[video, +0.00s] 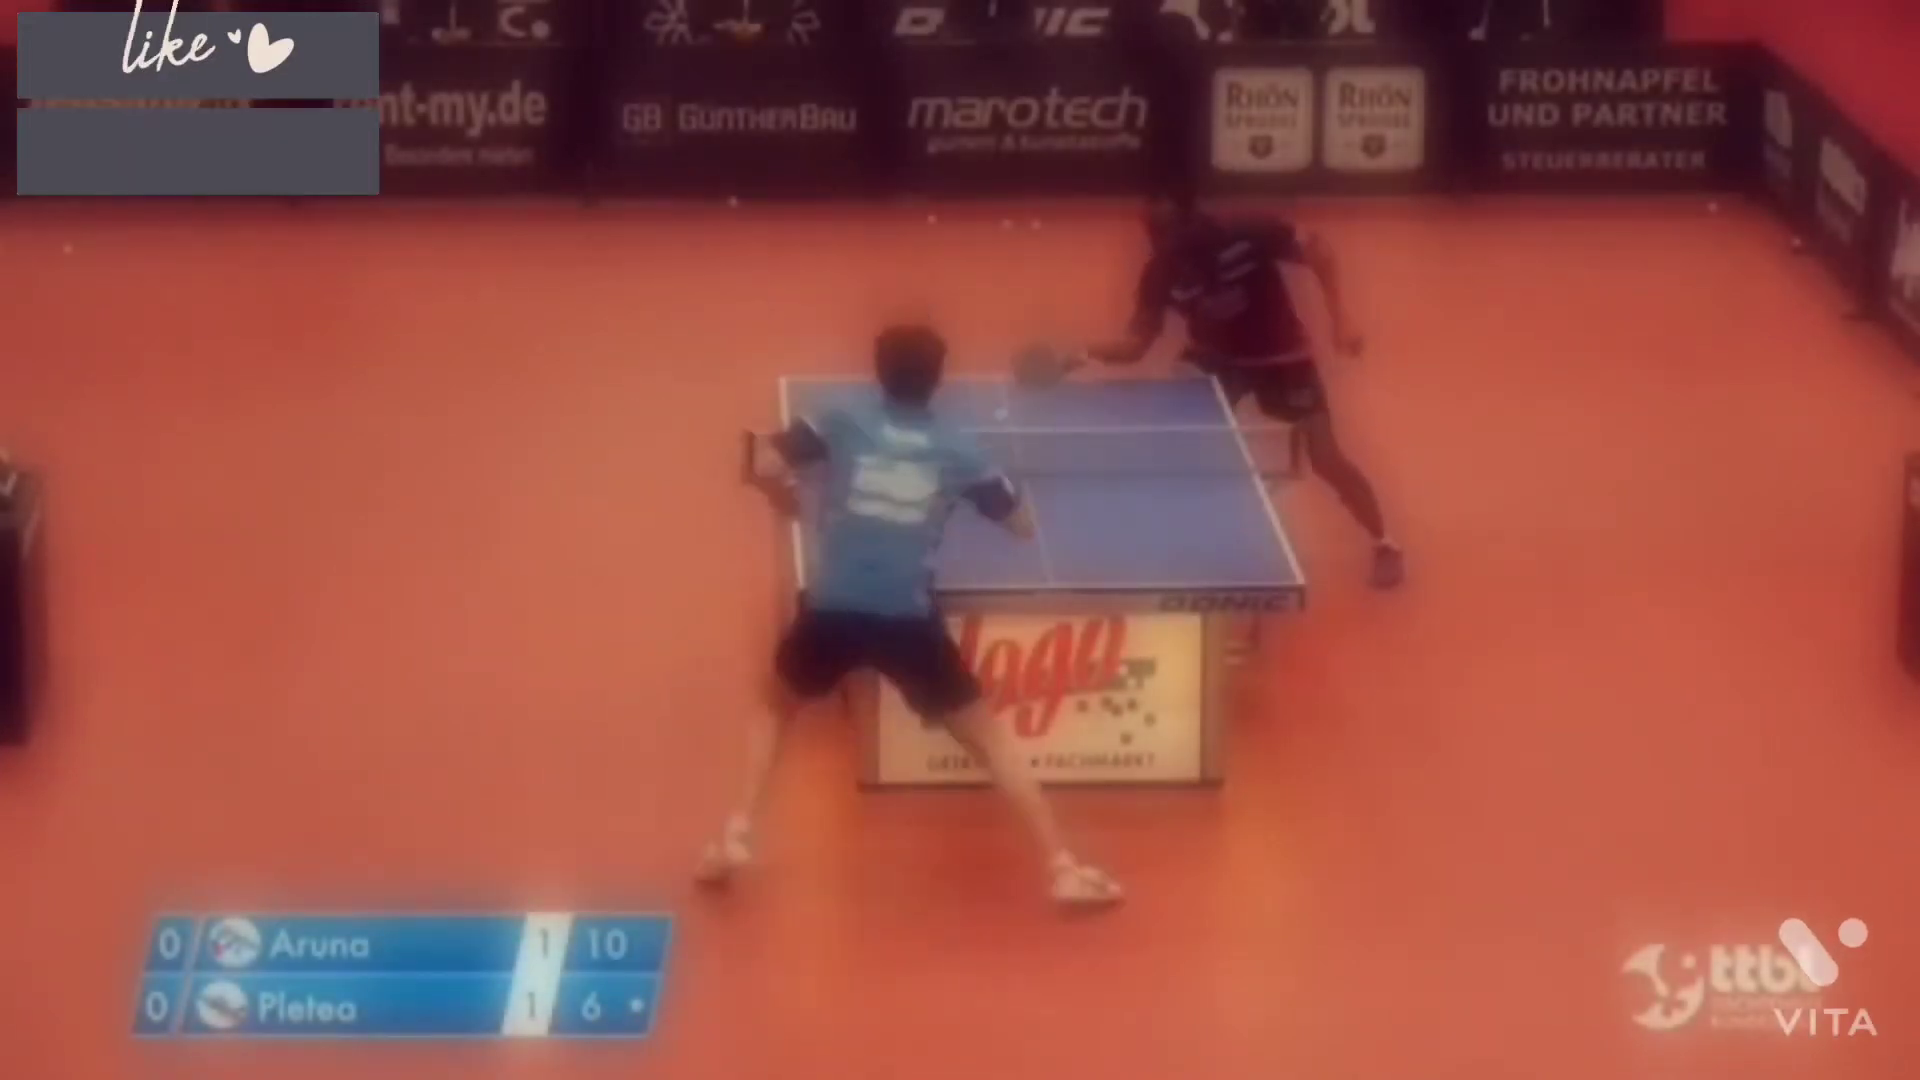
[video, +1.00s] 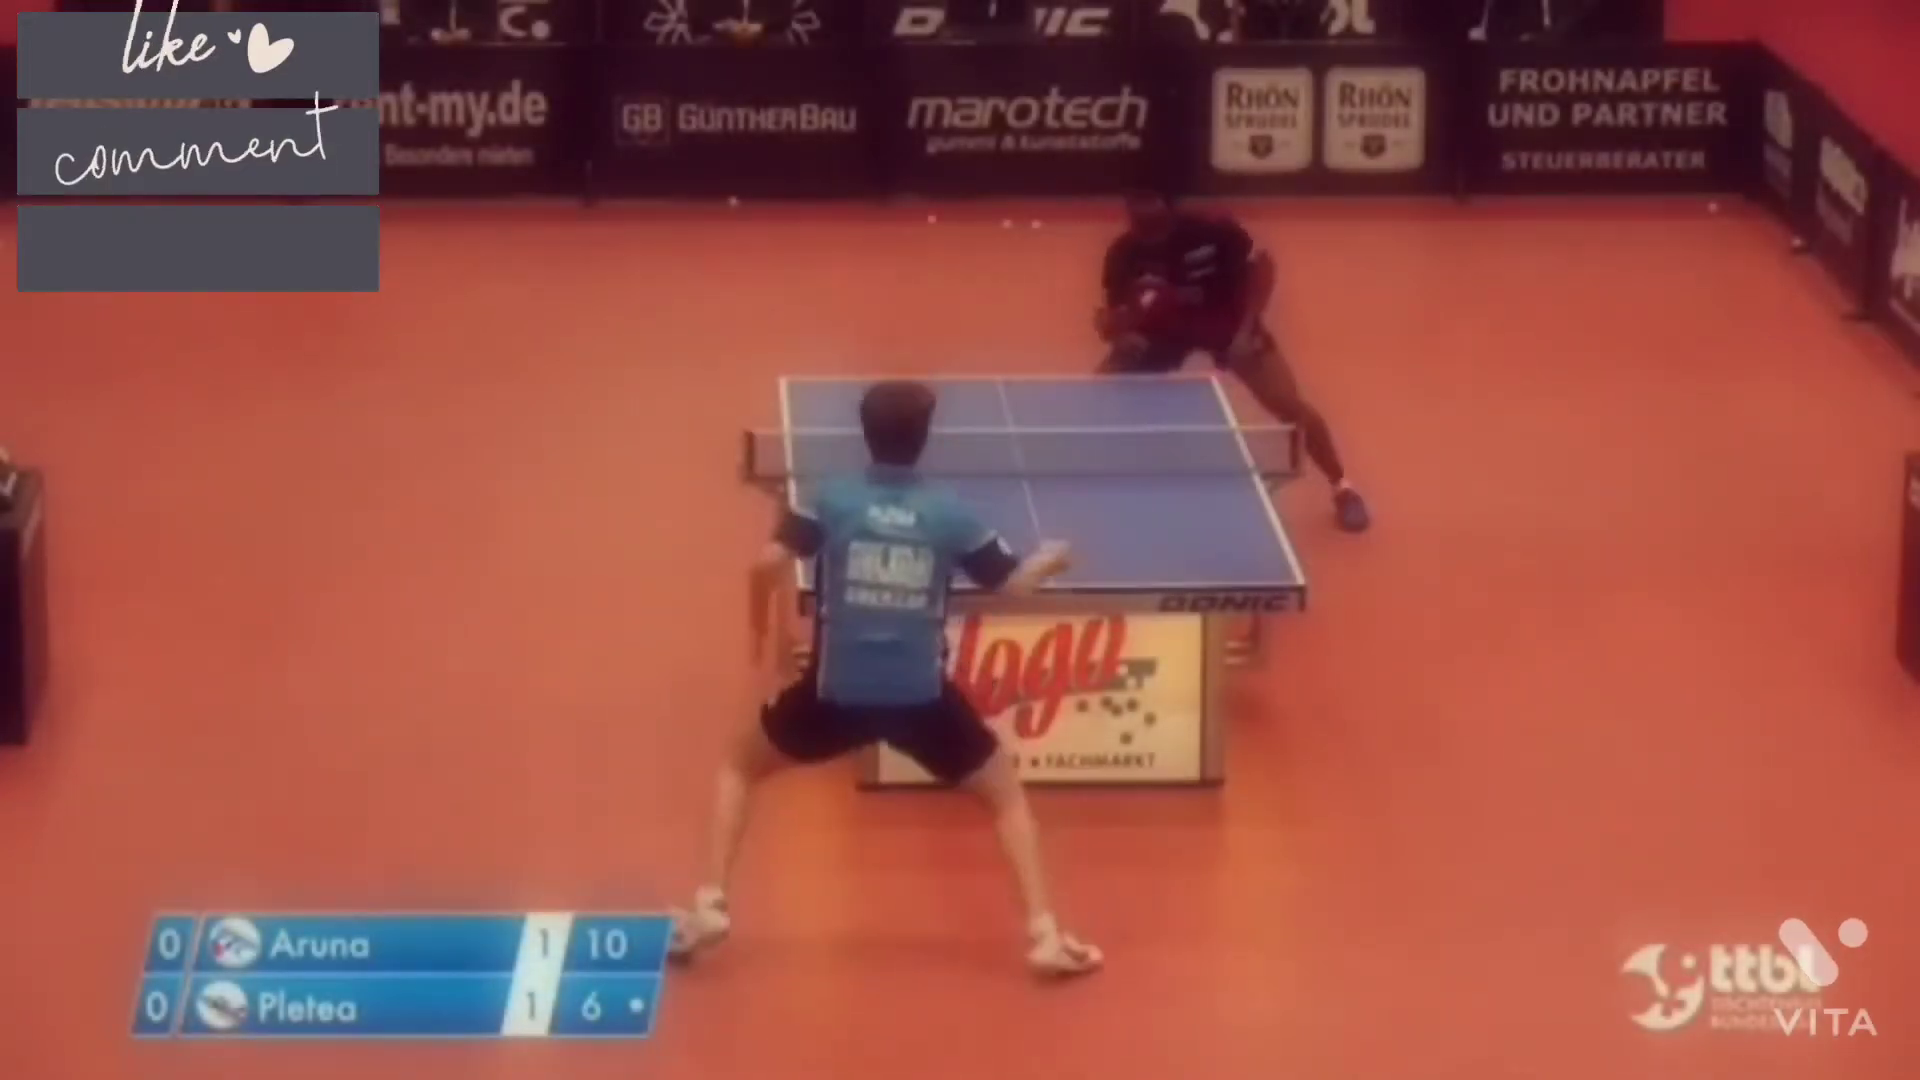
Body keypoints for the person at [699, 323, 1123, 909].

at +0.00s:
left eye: (894, 365)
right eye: (926, 368)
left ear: (880, 373)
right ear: (937, 379)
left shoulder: (847, 423)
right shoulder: (951, 447)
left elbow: (775, 457)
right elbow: (1019, 522)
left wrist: (781, 489)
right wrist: (1007, 487)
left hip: (831, 615)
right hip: (906, 621)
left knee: (776, 711)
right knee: (989, 736)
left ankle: (738, 835)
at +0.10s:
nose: (931, 418)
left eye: (922, 407)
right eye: (945, 409)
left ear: (907, 415)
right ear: (962, 419)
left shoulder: (874, 466)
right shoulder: (985, 487)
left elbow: (825, 506)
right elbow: (1025, 561)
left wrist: (869, 532)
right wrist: (984, 519)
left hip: (867, 652)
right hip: (948, 655)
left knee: (783, 721)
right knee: (1035, 744)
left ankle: (740, 861)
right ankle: (1079, 882)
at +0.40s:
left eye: (916, 432)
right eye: (945, 435)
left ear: (899, 440)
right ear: (953, 448)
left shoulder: (863, 483)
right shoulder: (975, 504)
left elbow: (821, 535)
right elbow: (1021, 565)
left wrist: (875, 548)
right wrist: (974, 589)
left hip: (871, 674)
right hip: (956, 674)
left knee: (771, 739)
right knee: (1024, 714)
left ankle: (723, 869)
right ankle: (1074, 842)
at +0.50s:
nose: (924, 491)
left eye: (899, 482)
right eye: (933, 481)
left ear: (886, 483)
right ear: (941, 485)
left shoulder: (859, 524)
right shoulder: (970, 532)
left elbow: (847, 575)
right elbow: (1020, 577)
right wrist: (980, 621)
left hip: (879, 715)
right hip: (969, 714)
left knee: (769, 733)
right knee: (1029, 721)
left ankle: (723, 871)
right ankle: (1098, 840)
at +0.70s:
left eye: (891, 425)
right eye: (921, 424)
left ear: (883, 433)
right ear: (936, 433)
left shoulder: (866, 484)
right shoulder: (969, 498)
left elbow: (793, 538)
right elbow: (1035, 545)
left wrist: (725, 592)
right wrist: (1079, 496)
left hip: (863, 675)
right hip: (940, 678)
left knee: (753, 734)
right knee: (1018, 756)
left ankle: (715, 872)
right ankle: (1095, 845)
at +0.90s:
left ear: (867, 406)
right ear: (927, 407)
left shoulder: (840, 465)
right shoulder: (950, 474)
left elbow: (771, 532)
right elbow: (1026, 556)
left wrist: (718, 611)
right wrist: (1076, 539)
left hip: (846, 662)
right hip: (928, 664)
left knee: (754, 746)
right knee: (1009, 753)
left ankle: (704, 876)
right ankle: (1045, 880)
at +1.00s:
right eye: (919, 427)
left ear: (866, 436)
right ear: (923, 438)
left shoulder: (834, 498)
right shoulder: (943, 511)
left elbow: (783, 554)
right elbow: (1006, 584)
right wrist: (1046, 563)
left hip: (838, 695)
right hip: (919, 698)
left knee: (741, 764)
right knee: (1005, 792)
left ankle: (711, 900)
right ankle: (1046, 935)